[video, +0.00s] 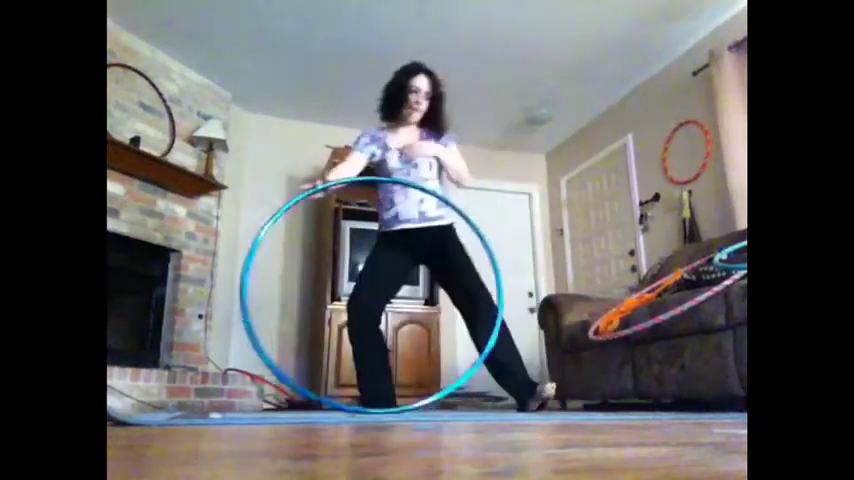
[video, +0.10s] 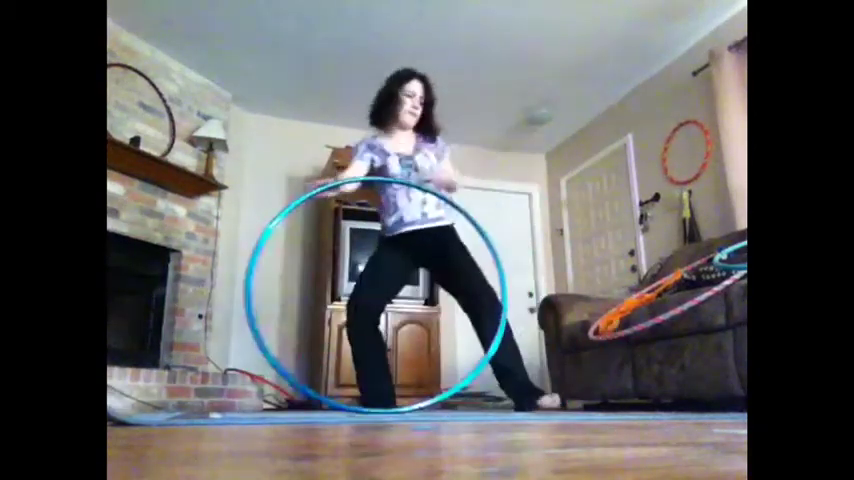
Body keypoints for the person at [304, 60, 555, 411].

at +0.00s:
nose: (418, 100)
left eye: (425, 95)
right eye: (412, 92)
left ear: (432, 101)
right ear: (397, 94)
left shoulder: (440, 139)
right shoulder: (376, 138)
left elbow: (463, 179)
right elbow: (349, 167)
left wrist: (437, 151)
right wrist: (327, 180)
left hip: (439, 234)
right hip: (395, 238)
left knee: (479, 306)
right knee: (361, 309)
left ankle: (526, 392)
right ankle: (379, 406)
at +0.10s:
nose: (416, 105)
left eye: (421, 101)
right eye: (409, 97)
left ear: (425, 108)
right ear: (391, 99)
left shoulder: (433, 145)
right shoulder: (372, 147)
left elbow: (450, 184)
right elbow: (351, 182)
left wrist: (444, 181)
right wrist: (339, 184)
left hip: (440, 236)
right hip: (398, 242)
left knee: (485, 304)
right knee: (361, 311)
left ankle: (525, 395)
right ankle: (380, 407)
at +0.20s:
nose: (418, 105)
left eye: (424, 100)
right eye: (411, 97)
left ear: (428, 107)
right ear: (393, 100)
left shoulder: (435, 145)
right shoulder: (377, 147)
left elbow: (450, 186)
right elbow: (357, 190)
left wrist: (456, 196)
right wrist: (363, 188)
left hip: (444, 236)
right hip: (402, 243)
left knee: (489, 303)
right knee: (366, 308)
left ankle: (523, 399)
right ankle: (380, 404)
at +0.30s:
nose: (429, 103)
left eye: (434, 98)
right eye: (421, 95)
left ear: (438, 106)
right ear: (402, 99)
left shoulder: (443, 144)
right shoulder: (386, 147)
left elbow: (458, 185)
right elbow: (381, 196)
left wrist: (475, 217)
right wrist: (403, 180)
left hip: (451, 234)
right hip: (410, 241)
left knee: (496, 302)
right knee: (375, 306)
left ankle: (520, 397)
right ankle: (378, 402)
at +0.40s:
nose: (452, 99)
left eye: (458, 94)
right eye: (445, 90)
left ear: (463, 102)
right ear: (427, 95)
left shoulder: (466, 142)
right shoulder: (414, 138)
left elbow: (471, 188)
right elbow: (418, 187)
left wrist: (485, 220)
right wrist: (453, 185)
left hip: (466, 233)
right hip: (425, 236)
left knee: (510, 302)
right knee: (390, 306)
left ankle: (522, 398)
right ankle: (381, 401)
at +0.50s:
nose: (473, 95)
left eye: (478, 90)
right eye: (466, 87)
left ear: (484, 100)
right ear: (447, 93)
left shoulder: (482, 143)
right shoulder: (436, 135)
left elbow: (485, 188)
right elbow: (446, 184)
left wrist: (493, 218)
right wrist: (492, 194)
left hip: (476, 231)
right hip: (437, 231)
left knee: (519, 303)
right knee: (404, 307)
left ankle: (523, 399)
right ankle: (382, 401)